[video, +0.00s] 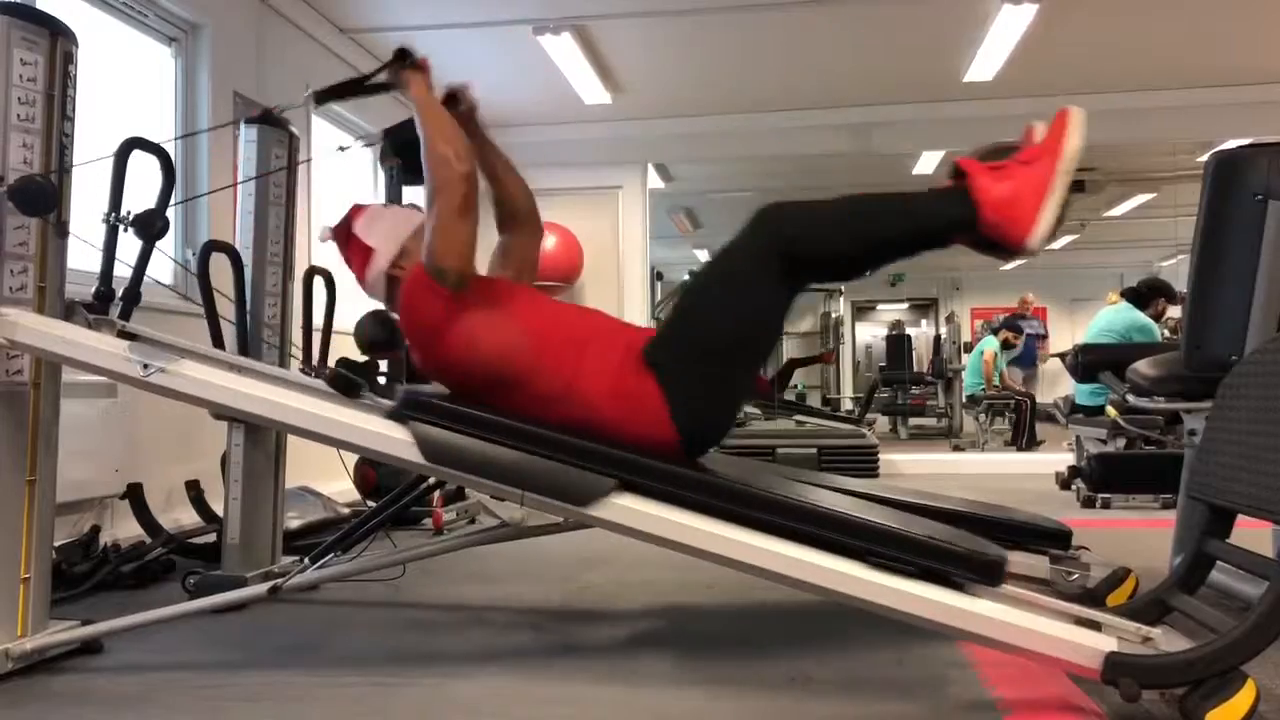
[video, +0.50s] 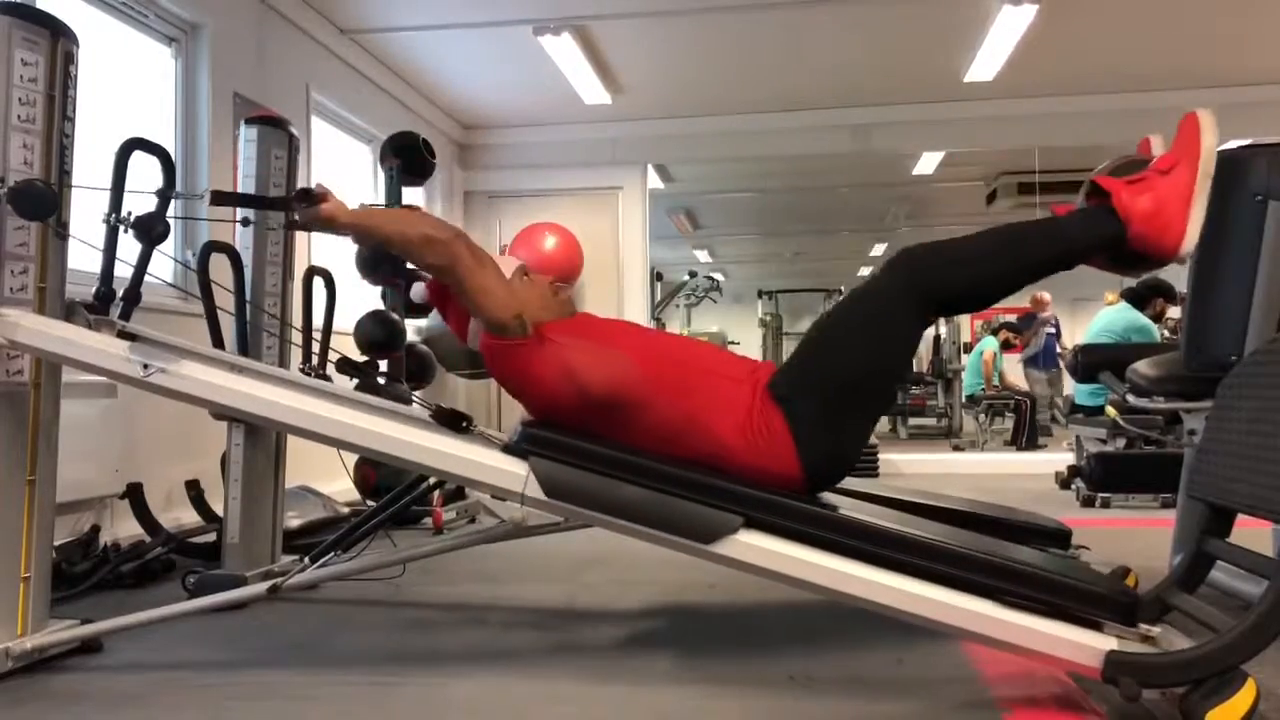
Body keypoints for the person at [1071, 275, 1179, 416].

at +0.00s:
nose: (1166, 311)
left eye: (1168, 306)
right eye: (1167, 306)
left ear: (1140, 296)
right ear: (1159, 303)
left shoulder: (1108, 311)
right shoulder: (1144, 324)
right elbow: (1158, 368)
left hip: (1083, 396)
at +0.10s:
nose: (1166, 313)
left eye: (1169, 308)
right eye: (1167, 307)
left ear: (1140, 297)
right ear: (1160, 304)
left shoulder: (1108, 312)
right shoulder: (1144, 325)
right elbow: (1158, 369)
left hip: (1083, 397)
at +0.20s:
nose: (1166, 313)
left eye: (1169, 308)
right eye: (1167, 307)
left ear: (1140, 297)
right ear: (1159, 304)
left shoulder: (1107, 312)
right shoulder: (1143, 325)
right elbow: (1157, 368)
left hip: (1082, 396)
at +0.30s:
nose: (1166, 312)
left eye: (1169, 307)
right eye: (1167, 306)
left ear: (1140, 296)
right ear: (1160, 303)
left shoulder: (1108, 311)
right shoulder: (1143, 324)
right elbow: (1157, 369)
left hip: (1083, 396)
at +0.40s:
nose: (1166, 311)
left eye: (1169, 306)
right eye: (1167, 305)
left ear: (1139, 296)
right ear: (1158, 303)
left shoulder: (1107, 312)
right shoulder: (1143, 325)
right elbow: (1157, 368)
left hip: (1082, 396)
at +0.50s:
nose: (1166, 311)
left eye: (1169, 306)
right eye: (1167, 305)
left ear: (1138, 296)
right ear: (1158, 303)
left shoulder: (1108, 311)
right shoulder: (1143, 325)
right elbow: (1155, 370)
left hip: (1082, 396)